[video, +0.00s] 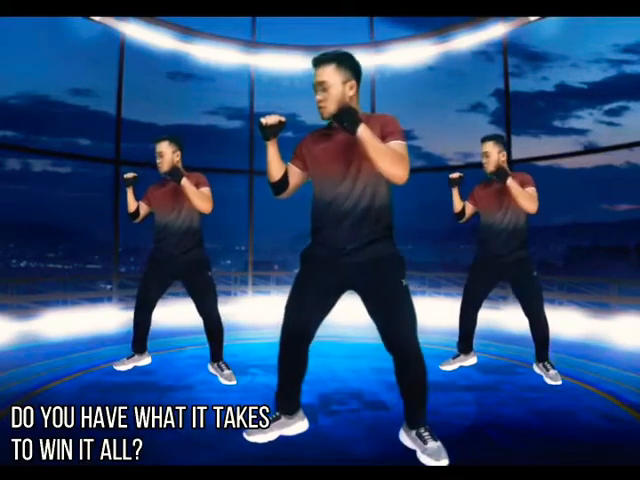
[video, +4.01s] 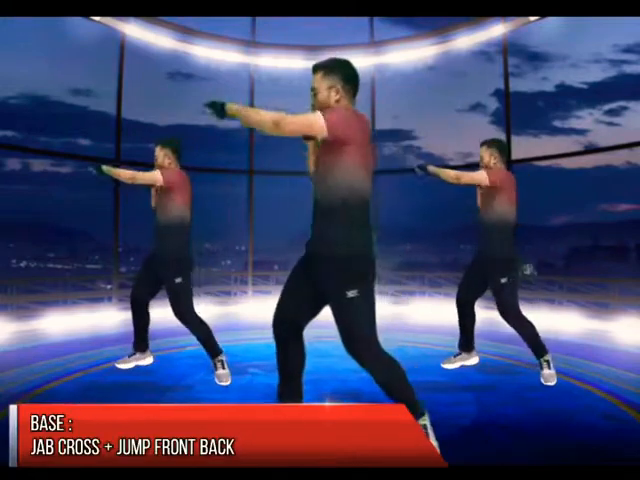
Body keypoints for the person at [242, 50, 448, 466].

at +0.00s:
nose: (317, 95)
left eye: (324, 87)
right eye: (315, 88)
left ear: (351, 86)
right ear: (320, 91)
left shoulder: (382, 125)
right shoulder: (313, 142)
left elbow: (399, 173)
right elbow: (281, 187)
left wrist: (359, 127)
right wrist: (271, 140)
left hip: (376, 258)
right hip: (324, 259)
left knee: (405, 347)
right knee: (294, 334)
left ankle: (416, 427)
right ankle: (289, 413)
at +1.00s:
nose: (335, 95)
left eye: (344, 87)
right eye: (327, 88)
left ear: (359, 94)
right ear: (318, 96)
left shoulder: (382, 139)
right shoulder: (308, 148)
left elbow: (394, 197)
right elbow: (284, 198)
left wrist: (360, 151)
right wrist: (265, 162)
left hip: (369, 268)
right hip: (316, 267)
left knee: (401, 355)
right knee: (276, 338)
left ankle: (408, 433)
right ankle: (284, 413)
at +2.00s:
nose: (296, 99)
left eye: (300, 92)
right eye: (296, 94)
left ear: (321, 92)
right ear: (324, 94)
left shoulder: (333, 119)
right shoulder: (328, 131)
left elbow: (274, 126)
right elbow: (304, 180)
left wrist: (242, 119)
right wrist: (298, 140)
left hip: (343, 259)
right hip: (319, 258)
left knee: (373, 345)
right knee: (277, 326)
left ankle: (443, 419)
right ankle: (291, 415)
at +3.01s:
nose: (333, 81)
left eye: (341, 73)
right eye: (326, 74)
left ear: (357, 76)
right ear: (318, 80)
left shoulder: (378, 117)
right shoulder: (305, 127)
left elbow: (400, 161)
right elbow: (272, 164)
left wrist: (361, 120)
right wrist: (269, 122)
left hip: (365, 246)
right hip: (314, 246)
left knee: (392, 336)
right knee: (285, 324)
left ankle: (409, 423)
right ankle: (278, 405)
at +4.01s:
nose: (313, 98)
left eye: (317, 91)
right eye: (313, 92)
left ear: (338, 90)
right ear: (339, 92)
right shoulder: (340, 126)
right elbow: (317, 173)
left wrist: (232, 109)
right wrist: (312, 133)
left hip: (348, 257)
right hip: (322, 255)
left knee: (362, 346)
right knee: (286, 324)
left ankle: (418, 416)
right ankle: (289, 410)